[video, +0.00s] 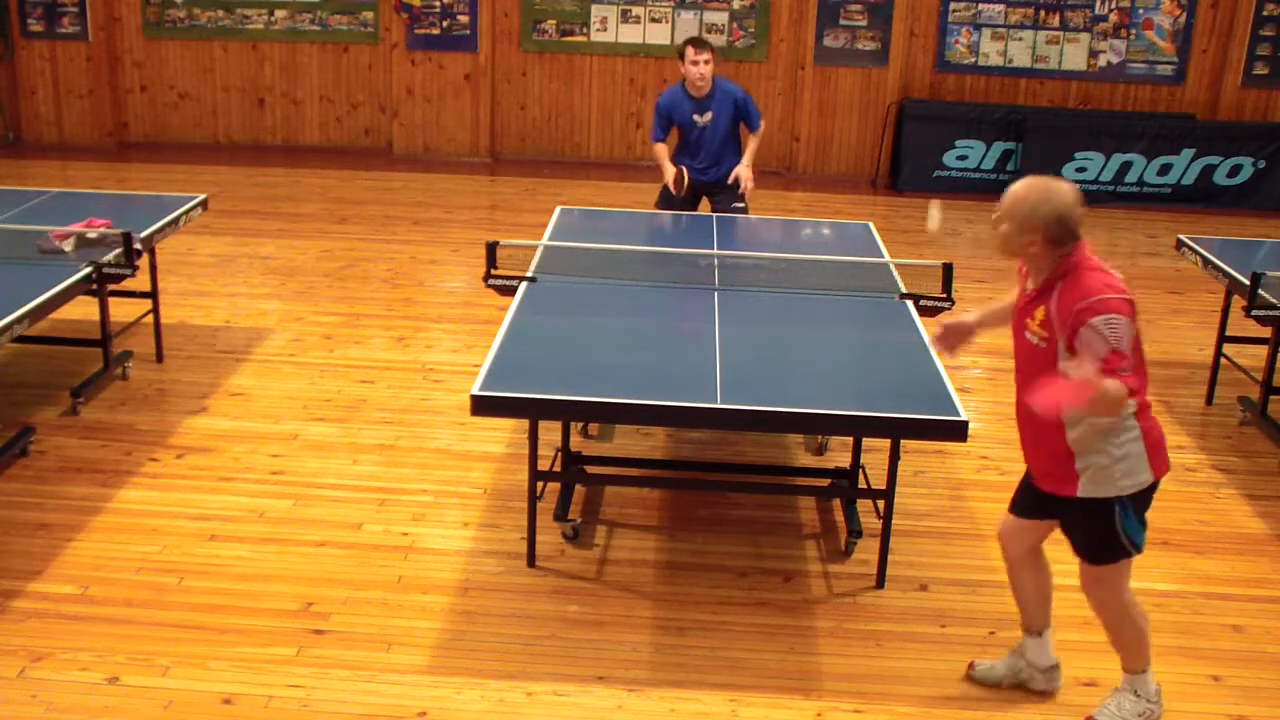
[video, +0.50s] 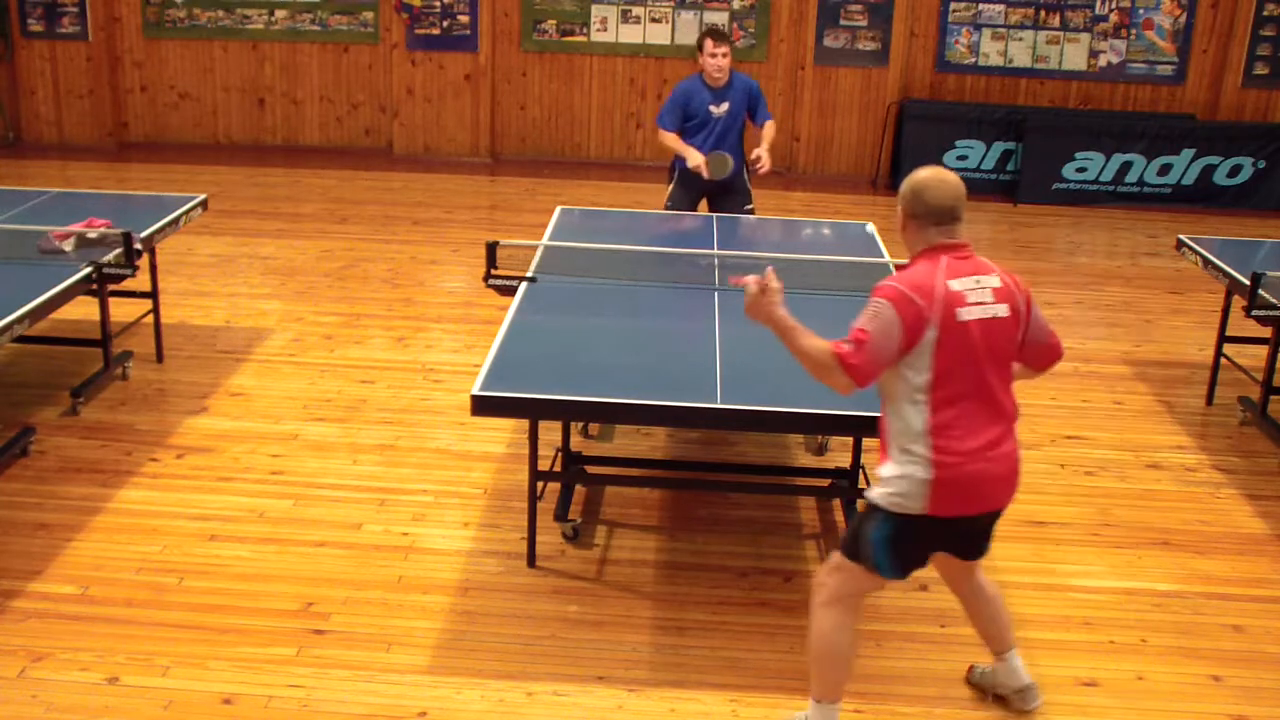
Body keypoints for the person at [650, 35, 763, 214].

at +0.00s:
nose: (701, 70)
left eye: (706, 63)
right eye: (694, 64)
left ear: (713, 65)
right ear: (682, 67)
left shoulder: (734, 95)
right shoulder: (669, 101)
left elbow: (757, 126)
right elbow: (659, 140)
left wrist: (746, 163)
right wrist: (667, 168)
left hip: (725, 176)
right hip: (686, 174)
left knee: (736, 235)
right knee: (661, 227)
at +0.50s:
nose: (719, 62)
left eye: (724, 56)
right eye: (712, 56)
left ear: (731, 58)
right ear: (700, 58)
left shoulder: (746, 88)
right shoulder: (685, 91)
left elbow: (767, 122)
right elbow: (665, 134)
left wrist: (764, 147)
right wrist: (689, 153)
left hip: (732, 175)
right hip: (691, 174)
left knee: (744, 235)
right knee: (672, 230)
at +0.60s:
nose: (734, 68)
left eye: (740, 61)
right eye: (728, 61)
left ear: (746, 62)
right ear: (715, 62)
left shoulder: (758, 87)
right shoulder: (701, 92)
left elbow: (781, 120)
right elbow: (681, 138)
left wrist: (784, 145)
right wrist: (714, 155)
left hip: (737, 169)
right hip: (698, 168)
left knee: (746, 229)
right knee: (691, 222)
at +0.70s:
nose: (750, 76)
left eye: (755, 69)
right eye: (744, 69)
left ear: (761, 68)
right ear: (730, 68)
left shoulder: (769, 90)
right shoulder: (714, 93)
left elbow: (793, 119)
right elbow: (700, 146)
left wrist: (804, 143)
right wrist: (740, 155)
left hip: (736, 168)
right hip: (701, 164)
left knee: (742, 228)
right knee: (699, 216)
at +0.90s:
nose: (775, 104)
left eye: (779, 98)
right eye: (768, 98)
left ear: (783, 95)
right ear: (750, 93)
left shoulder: (777, 107)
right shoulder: (729, 116)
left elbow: (805, 114)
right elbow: (723, 171)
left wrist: (836, 132)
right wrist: (768, 169)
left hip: (736, 176)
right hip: (703, 176)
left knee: (742, 234)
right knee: (712, 236)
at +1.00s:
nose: (777, 114)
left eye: (782, 106)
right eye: (771, 106)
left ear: (787, 105)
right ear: (754, 102)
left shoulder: (777, 115)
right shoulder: (737, 127)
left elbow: (793, 102)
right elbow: (720, 179)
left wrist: (829, 120)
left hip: (742, 182)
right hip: (709, 184)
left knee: (750, 233)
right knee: (723, 238)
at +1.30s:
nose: (786, 89)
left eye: (793, 83)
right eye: (780, 82)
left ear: (800, 85)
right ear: (769, 83)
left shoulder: (804, 103)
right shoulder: (752, 113)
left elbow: (806, 124)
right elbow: (715, 147)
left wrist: (820, 155)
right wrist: (715, 162)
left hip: (773, 182)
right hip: (739, 185)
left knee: (789, 234)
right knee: (740, 243)